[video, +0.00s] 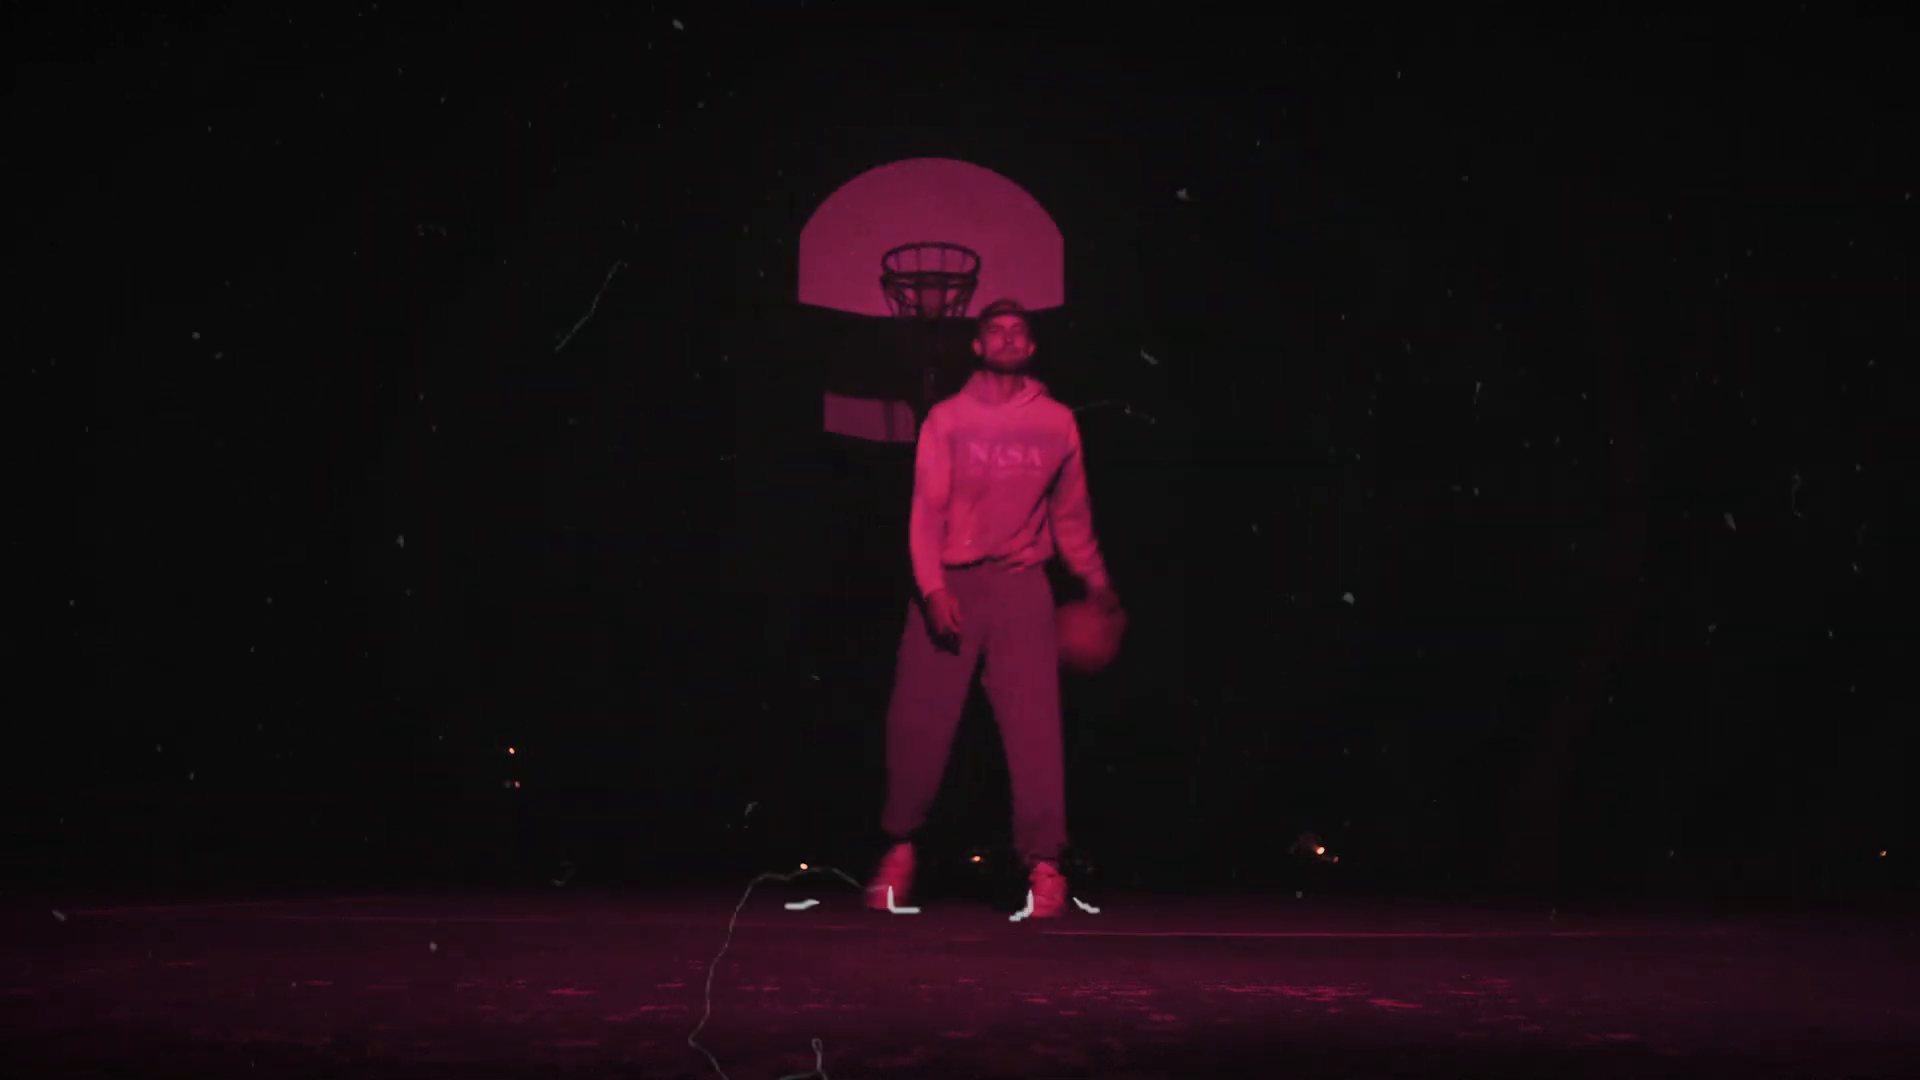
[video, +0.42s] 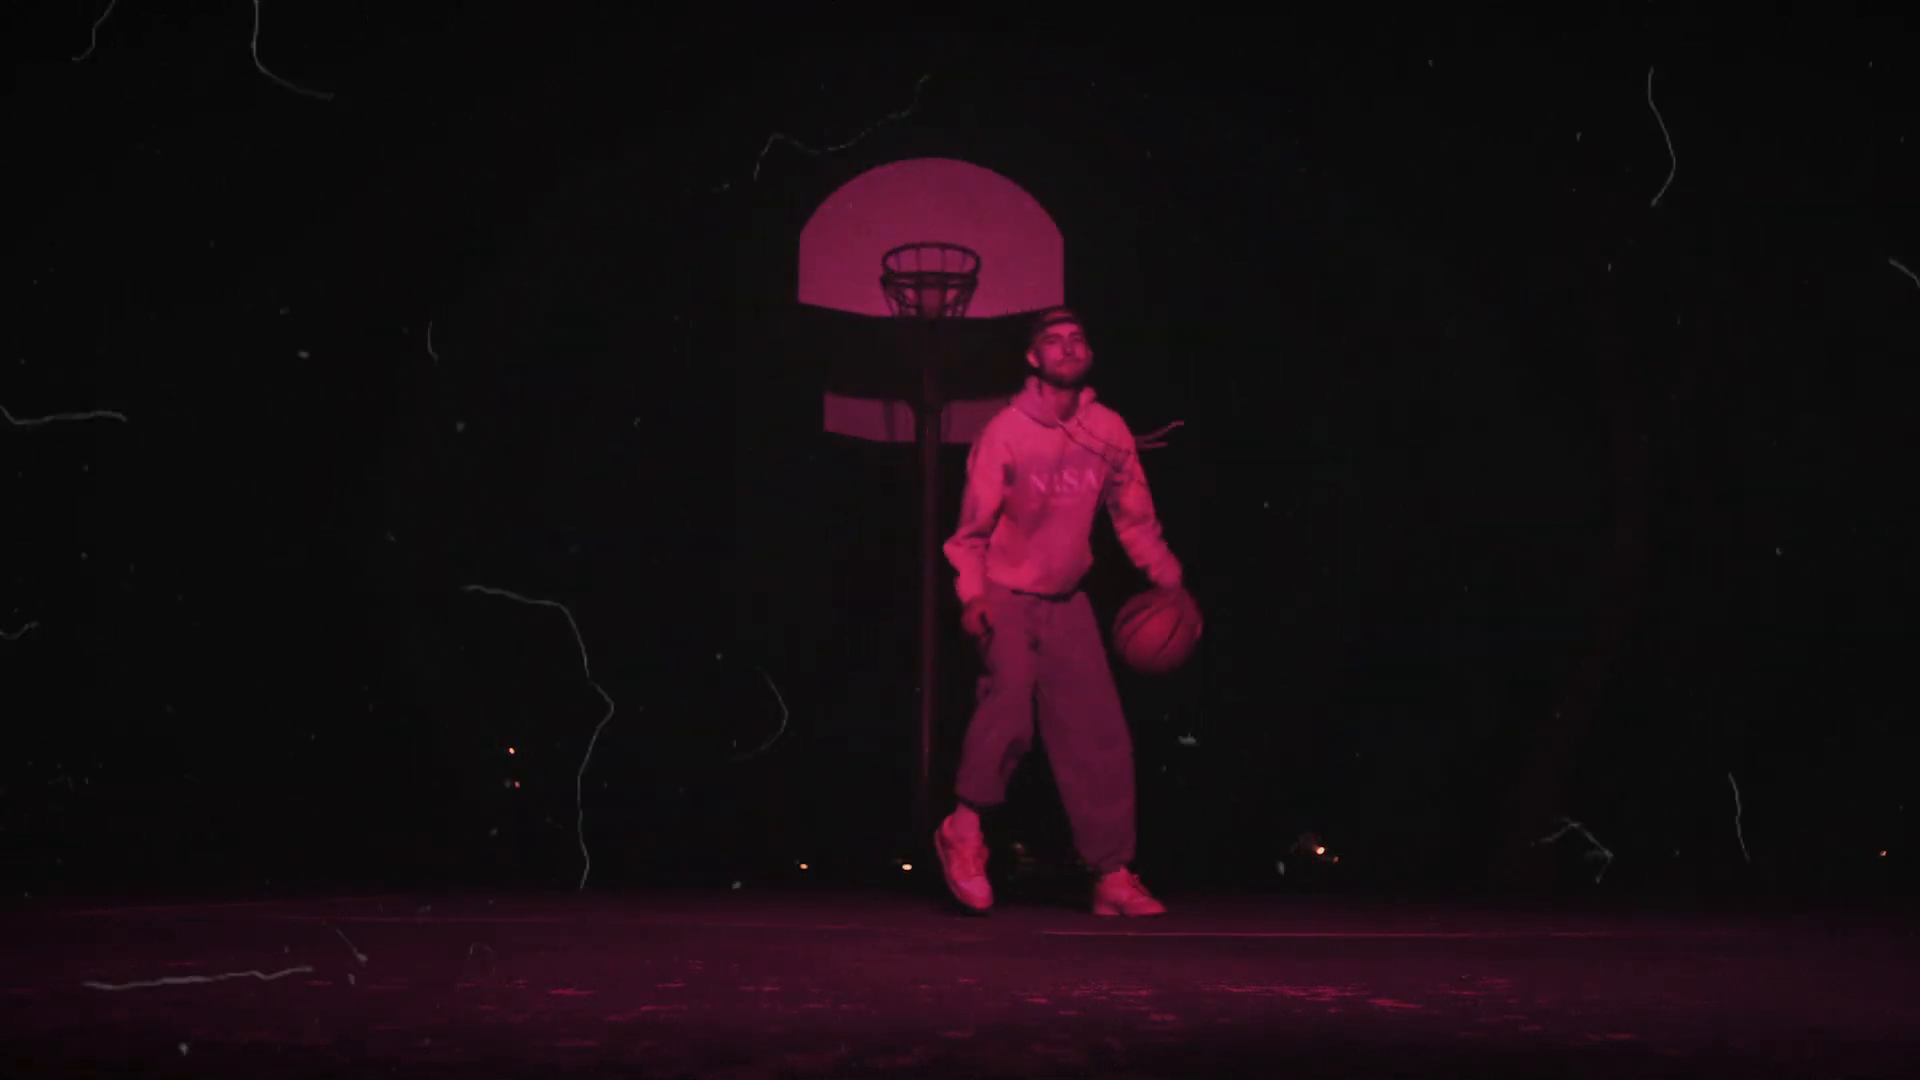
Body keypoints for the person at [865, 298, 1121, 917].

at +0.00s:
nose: (1010, 341)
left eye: (1019, 333)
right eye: (998, 333)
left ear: (1033, 347)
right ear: (978, 346)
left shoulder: (1057, 421)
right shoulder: (946, 419)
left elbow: (1072, 516)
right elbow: (926, 510)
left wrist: (1096, 584)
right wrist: (933, 590)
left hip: (1024, 589)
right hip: (949, 586)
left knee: (1033, 725)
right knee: (918, 721)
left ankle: (1045, 869)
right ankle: (899, 855)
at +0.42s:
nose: (1072, 350)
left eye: (1079, 341)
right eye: (1058, 344)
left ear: (1091, 357)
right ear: (1033, 361)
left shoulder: (1107, 429)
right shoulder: (1006, 429)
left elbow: (1136, 520)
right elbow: (973, 527)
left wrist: (1172, 586)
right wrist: (972, 595)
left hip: (1067, 599)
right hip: (1006, 594)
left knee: (1096, 728)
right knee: (1009, 708)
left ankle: (1112, 875)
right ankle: (964, 827)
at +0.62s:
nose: (1048, 396)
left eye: (1061, 384)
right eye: (1035, 386)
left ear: (1079, 394)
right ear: (1019, 398)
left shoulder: (1106, 462)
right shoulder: (994, 472)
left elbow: (1098, 569)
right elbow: (967, 581)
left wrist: (1076, 664)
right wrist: (950, 678)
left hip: (1084, 608)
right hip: (1014, 601)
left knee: (1120, 735)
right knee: (1018, 693)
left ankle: (1114, 877)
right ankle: (971, 861)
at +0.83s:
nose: (974, 405)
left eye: (988, 392)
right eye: (964, 394)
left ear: (1017, 395)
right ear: (954, 402)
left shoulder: (1060, 451)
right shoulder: (945, 482)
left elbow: (1068, 567)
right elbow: (924, 578)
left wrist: (1055, 674)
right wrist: (881, 651)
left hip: (1072, 589)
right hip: (995, 593)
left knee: (1109, 730)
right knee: (1001, 706)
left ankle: (1116, 864)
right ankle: (958, 871)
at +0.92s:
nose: (963, 401)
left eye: (977, 389)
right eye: (955, 389)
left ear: (1008, 392)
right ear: (944, 397)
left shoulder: (1050, 443)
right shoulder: (937, 468)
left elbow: (1056, 561)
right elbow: (906, 559)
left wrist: (1039, 675)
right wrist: (849, 624)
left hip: (1070, 583)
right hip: (992, 586)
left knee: (1114, 731)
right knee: (995, 707)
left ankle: (1126, 852)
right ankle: (957, 868)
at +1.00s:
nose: (971, 400)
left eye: (987, 387)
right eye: (962, 386)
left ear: (1016, 391)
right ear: (950, 391)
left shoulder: (1054, 440)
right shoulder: (933, 466)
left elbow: (1050, 561)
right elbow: (904, 554)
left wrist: (1024, 676)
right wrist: (848, 616)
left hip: (1071, 572)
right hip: (989, 578)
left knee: (1118, 714)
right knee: (990, 703)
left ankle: (1144, 858)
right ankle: (957, 869)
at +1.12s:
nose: (1015, 401)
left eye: (1029, 388)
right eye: (1002, 387)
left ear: (1047, 391)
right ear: (982, 390)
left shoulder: (1077, 447)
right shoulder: (954, 456)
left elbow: (1066, 560)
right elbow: (945, 555)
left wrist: (1045, 675)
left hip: (1075, 571)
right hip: (994, 575)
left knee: (1123, 698)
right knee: (985, 702)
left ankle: (1175, 867)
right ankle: (958, 869)